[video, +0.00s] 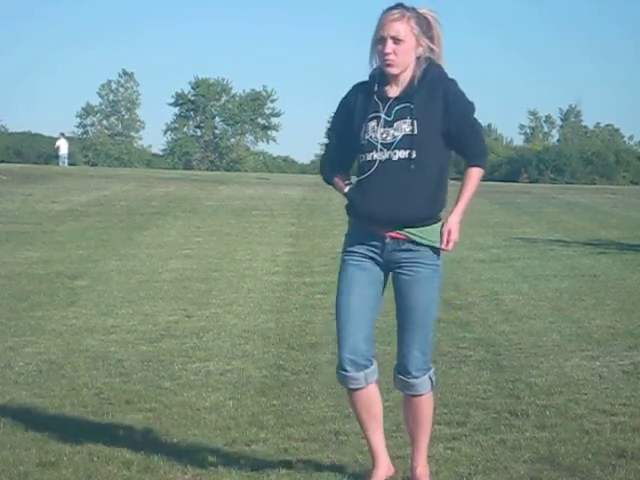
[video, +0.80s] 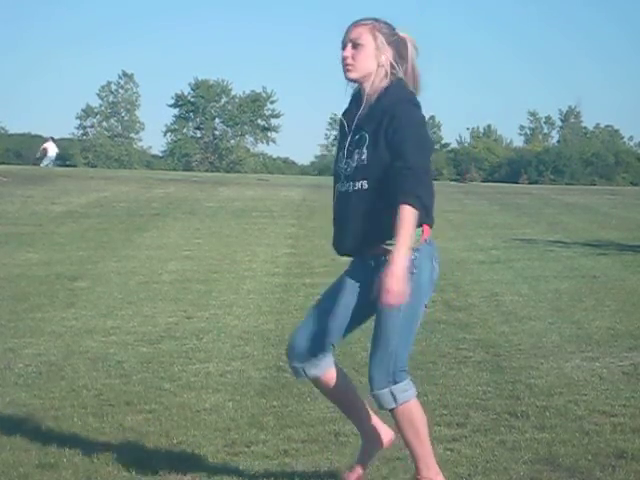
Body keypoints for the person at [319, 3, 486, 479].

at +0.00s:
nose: (387, 48)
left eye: (397, 40)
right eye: (382, 40)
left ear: (421, 46)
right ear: (375, 45)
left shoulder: (442, 92)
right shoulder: (358, 97)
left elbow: (477, 158)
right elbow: (332, 166)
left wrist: (456, 214)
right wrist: (358, 194)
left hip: (419, 245)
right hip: (362, 242)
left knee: (413, 367)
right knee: (352, 360)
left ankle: (420, 465)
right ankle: (382, 465)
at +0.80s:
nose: (345, 53)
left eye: (355, 46)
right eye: (344, 46)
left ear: (385, 54)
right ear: (347, 55)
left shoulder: (401, 106)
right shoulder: (355, 112)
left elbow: (411, 188)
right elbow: (366, 185)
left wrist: (400, 262)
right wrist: (360, 248)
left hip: (407, 257)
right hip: (368, 258)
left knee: (387, 378)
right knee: (306, 350)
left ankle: (431, 473)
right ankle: (374, 433)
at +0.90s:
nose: (343, 26)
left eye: (353, 18)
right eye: (341, 18)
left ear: (383, 26)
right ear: (343, 28)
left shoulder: (396, 77)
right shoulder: (358, 78)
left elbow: (386, 163)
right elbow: (358, 155)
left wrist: (336, 219)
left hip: (403, 233)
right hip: (360, 233)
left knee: (399, 358)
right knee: (295, 317)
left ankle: (427, 466)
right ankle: (361, 412)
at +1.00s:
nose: (336, 3)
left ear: (376, 2)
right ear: (339, 7)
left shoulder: (386, 49)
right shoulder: (354, 53)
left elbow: (358, 127)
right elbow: (364, 130)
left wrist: (296, 177)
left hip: (398, 210)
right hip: (354, 207)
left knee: (393, 338)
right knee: (303, 305)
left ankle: (406, 449)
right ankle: (354, 412)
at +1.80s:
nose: (325, 42)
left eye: (330, 33)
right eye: (327, 34)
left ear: (349, 36)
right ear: (364, 36)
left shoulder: (365, 85)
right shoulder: (369, 83)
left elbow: (345, 172)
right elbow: (356, 171)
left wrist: (290, 234)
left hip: (364, 235)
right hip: (364, 233)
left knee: (352, 365)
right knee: (338, 368)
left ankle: (396, 475)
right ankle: (390, 472)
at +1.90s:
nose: (324, 59)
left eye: (328, 50)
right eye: (325, 50)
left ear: (346, 56)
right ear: (365, 55)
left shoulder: (362, 107)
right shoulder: (379, 102)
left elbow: (359, 201)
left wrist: (284, 208)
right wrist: (380, 29)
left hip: (367, 259)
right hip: (375, 257)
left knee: (338, 383)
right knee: (292, 362)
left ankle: (392, 475)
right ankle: (364, 466)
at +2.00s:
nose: (319, 54)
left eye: (324, 45)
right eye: (321, 45)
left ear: (344, 48)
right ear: (352, 48)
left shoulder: (358, 98)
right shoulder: (378, 95)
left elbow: (364, 189)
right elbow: (400, 172)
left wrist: (305, 168)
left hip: (367, 248)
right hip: (372, 246)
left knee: (344, 377)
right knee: (272, 325)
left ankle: (395, 474)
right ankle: (334, 425)